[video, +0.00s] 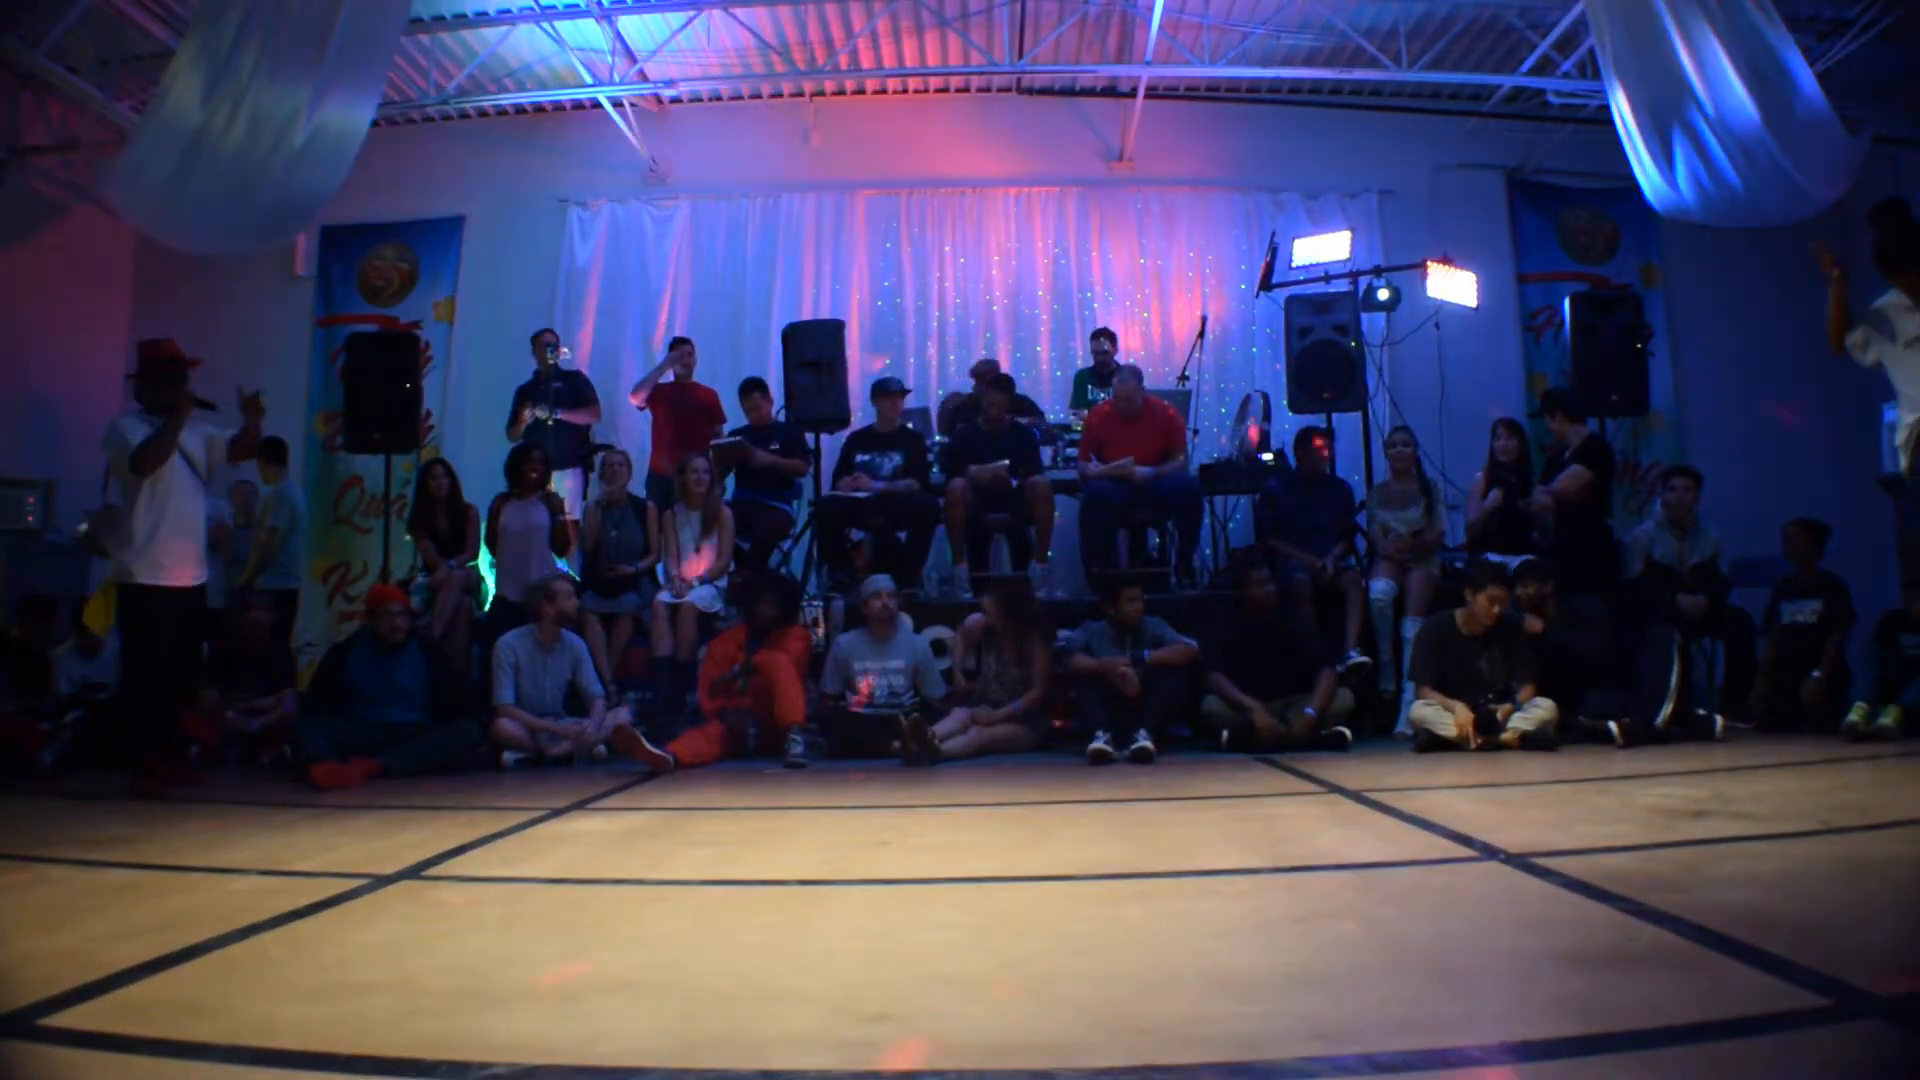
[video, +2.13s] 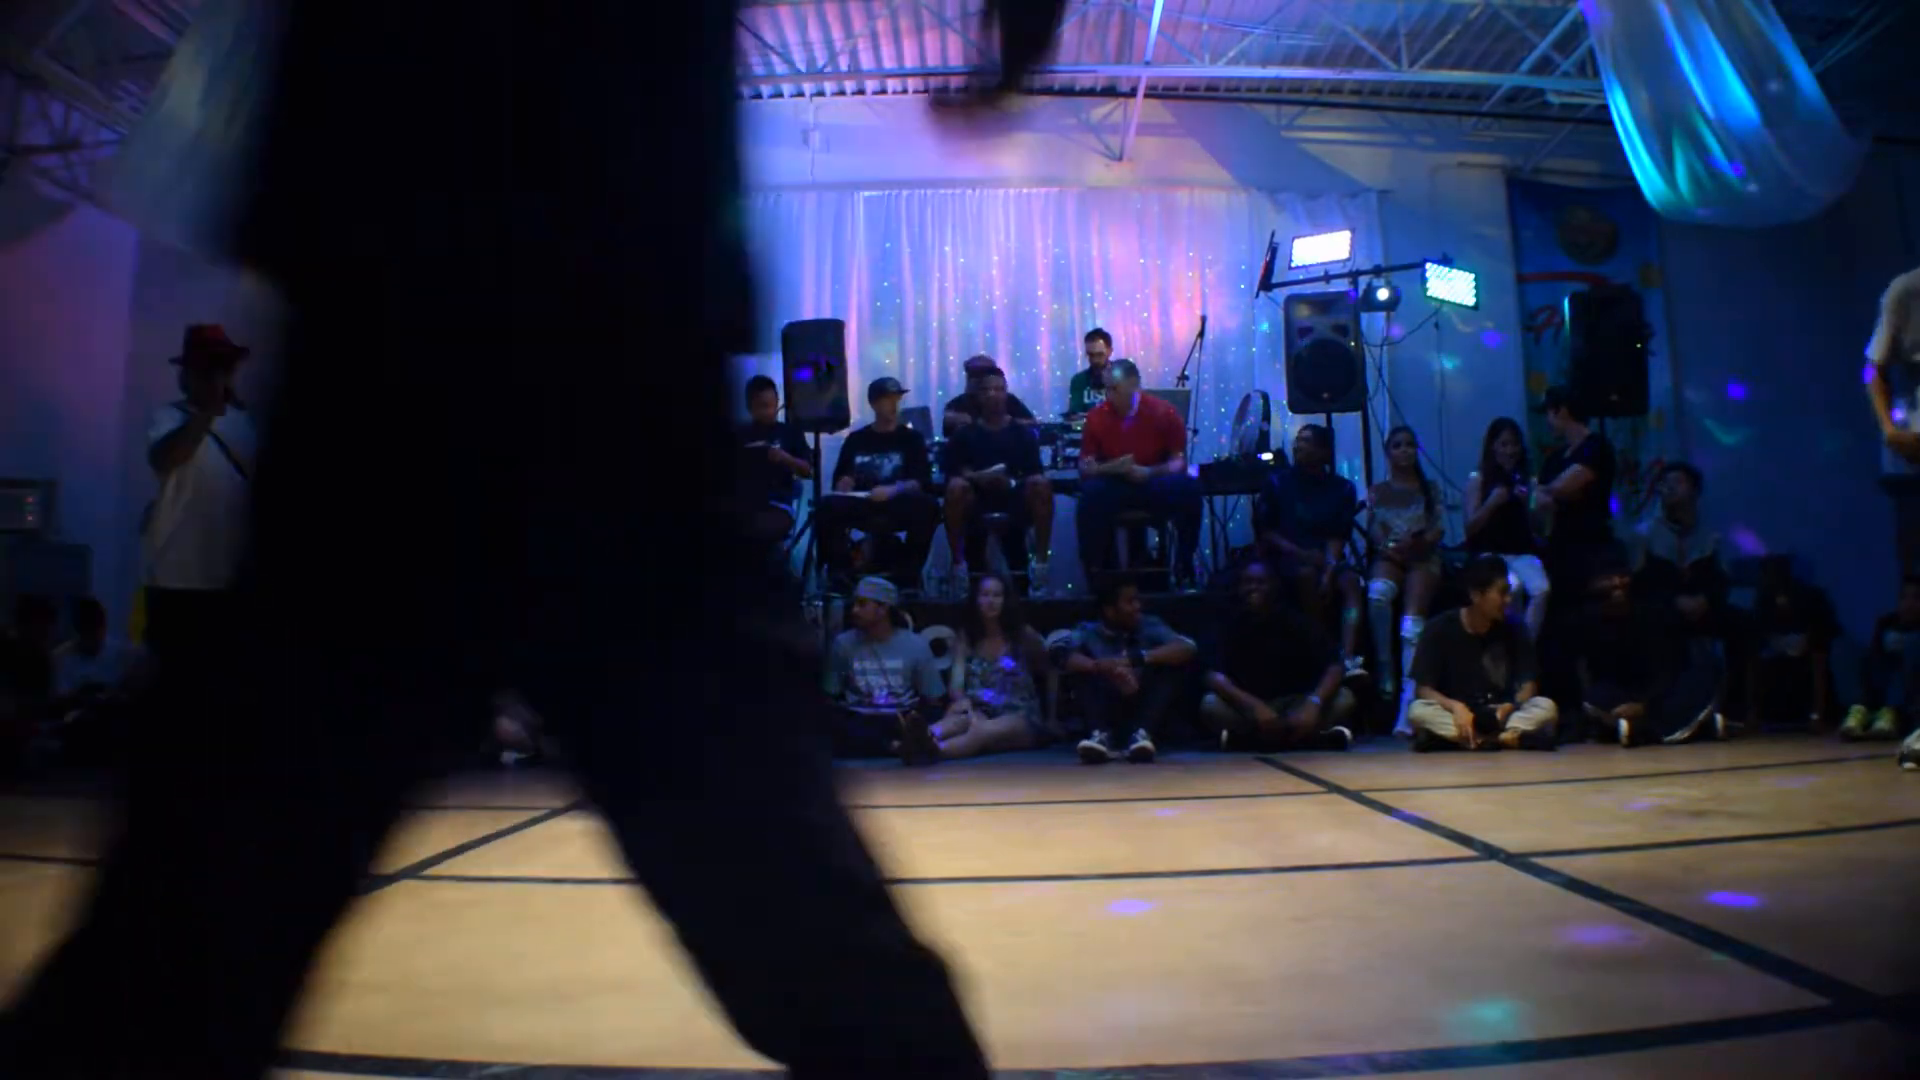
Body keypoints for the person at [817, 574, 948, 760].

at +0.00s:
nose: (885, 603)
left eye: (890, 596)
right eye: (877, 597)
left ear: (897, 602)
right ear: (864, 606)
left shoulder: (916, 645)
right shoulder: (844, 645)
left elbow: (937, 700)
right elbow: (828, 699)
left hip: (905, 718)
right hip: (861, 719)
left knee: (964, 715)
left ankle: (923, 740)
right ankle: (896, 746)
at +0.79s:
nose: (859, 607)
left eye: (866, 601)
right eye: (859, 601)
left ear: (886, 606)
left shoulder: (915, 645)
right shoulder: (843, 644)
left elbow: (933, 696)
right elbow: (829, 698)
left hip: (903, 713)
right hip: (859, 715)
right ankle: (894, 745)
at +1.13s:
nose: (856, 609)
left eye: (863, 604)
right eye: (856, 603)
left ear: (884, 609)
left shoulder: (914, 645)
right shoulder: (843, 644)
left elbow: (935, 700)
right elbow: (828, 696)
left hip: (904, 714)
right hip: (859, 715)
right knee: (826, 717)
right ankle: (894, 745)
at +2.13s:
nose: (855, 611)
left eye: (862, 604)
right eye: (855, 604)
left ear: (882, 609)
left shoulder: (914, 645)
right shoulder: (844, 644)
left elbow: (934, 699)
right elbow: (831, 696)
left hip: (904, 717)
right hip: (860, 717)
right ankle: (893, 746)